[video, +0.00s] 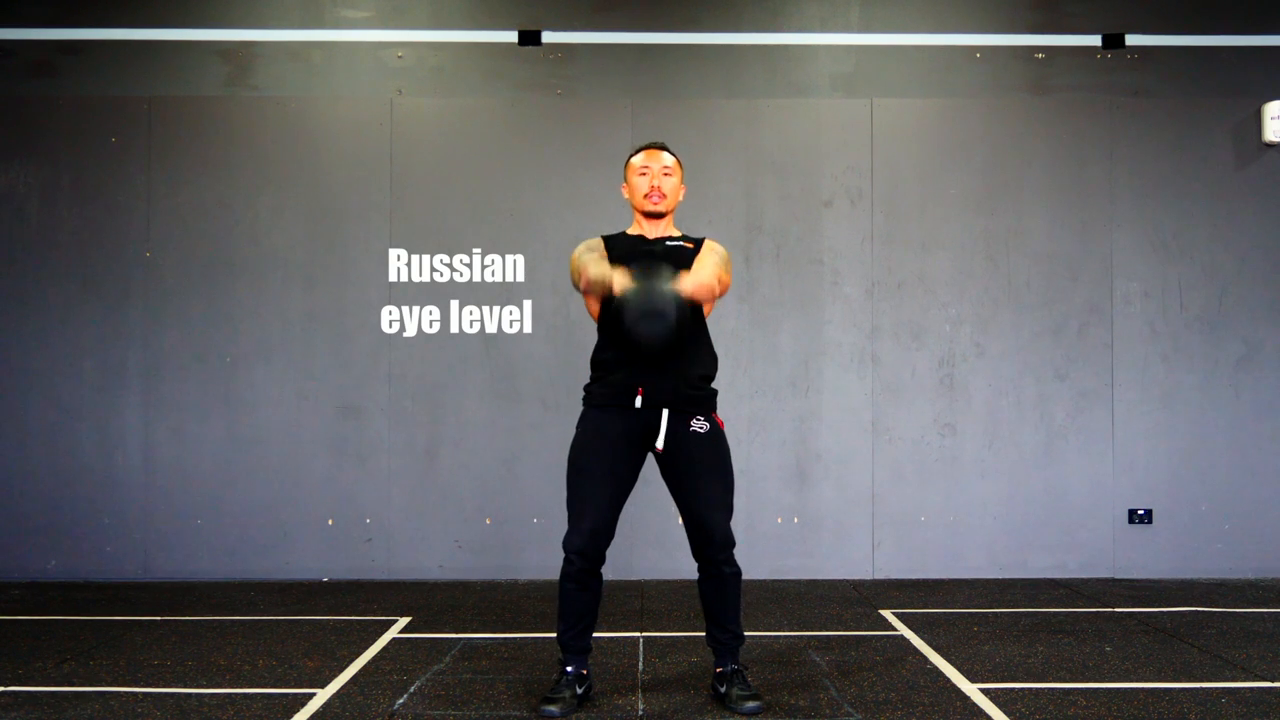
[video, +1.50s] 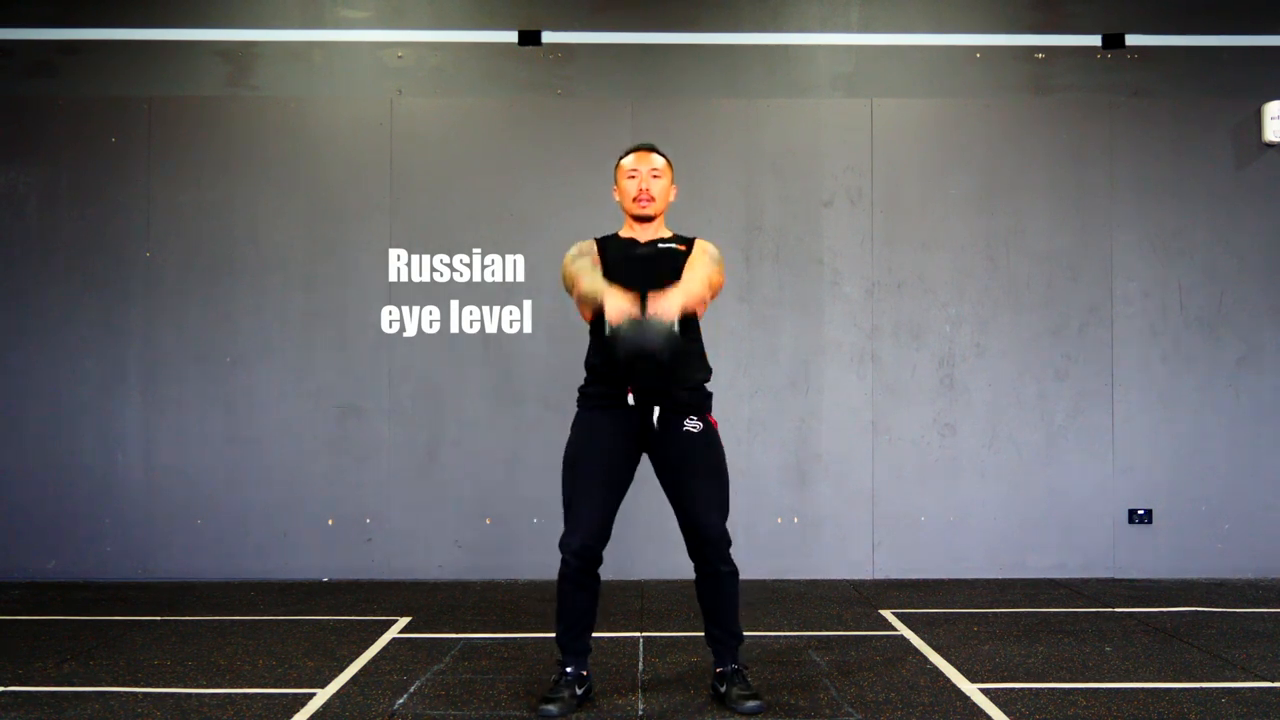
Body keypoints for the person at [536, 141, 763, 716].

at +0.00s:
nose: (655, 180)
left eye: (667, 172)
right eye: (644, 172)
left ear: (682, 189)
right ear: (625, 189)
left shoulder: (706, 251)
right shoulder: (597, 250)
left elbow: (707, 283)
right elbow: (594, 276)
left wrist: (671, 287)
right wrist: (622, 284)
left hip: (690, 415)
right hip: (612, 413)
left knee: (716, 543)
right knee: (583, 544)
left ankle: (729, 670)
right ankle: (573, 672)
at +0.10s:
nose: (655, 175)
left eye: (666, 165)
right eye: (645, 164)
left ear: (681, 183)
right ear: (626, 180)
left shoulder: (702, 249)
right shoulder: (601, 247)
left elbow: (715, 260)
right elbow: (583, 250)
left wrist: (679, 199)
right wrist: (618, 204)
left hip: (687, 413)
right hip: (611, 411)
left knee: (712, 545)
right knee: (586, 545)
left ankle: (729, 670)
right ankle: (573, 672)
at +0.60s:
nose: (647, 166)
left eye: (659, 159)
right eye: (636, 159)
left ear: (676, 179)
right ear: (620, 179)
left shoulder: (701, 240)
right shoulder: (596, 242)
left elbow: (707, 269)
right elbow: (581, 262)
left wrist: (668, 267)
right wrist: (607, 266)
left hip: (687, 415)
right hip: (608, 413)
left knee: (713, 543)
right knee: (581, 544)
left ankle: (729, 670)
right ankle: (571, 672)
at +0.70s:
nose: (646, 167)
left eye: (658, 159)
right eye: (635, 159)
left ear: (676, 179)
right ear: (619, 178)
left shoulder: (705, 249)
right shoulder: (588, 248)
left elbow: (699, 311)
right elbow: (590, 308)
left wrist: (669, 357)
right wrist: (619, 352)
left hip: (685, 413)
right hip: (608, 412)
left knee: (722, 544)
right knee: (572, 545)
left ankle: (730, 670)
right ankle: (571, 672)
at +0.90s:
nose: (645, 204)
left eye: (656, 194)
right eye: (633, 194)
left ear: (675, 207)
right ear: (616, 209)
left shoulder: (707, 288)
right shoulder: (583, 289)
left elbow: (696, 389)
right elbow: (593, 389)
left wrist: (672, 465)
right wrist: (617, 464)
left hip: (686, 440)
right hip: (604, 439)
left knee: (745, 537)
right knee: (548, 541)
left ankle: (733, 670)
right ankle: (569, 674)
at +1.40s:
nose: (642, 190)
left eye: (653, 180)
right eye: (630, 181)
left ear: (671, 192)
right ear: (614, 193)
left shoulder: (704, 263)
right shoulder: (581, 269)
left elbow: (696, 335)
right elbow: (591, 340)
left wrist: (673, 393)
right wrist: (618, 394)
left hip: (686, 426)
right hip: (603, 427)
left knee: (724, 553)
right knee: (571, 552)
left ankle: (730, 673)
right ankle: (572, 674)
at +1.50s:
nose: (644, 182)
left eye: (655, 174)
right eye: (632, 174)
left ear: (672, 190)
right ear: (616, 191)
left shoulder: (699, 251)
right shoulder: (588, 253)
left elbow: (699, 285)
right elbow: (589, 286)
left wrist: (668, 304)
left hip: (683, 415)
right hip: (606, 414)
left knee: (711, 542)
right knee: (580, 544)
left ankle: (728, 670)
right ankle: (572, 672)